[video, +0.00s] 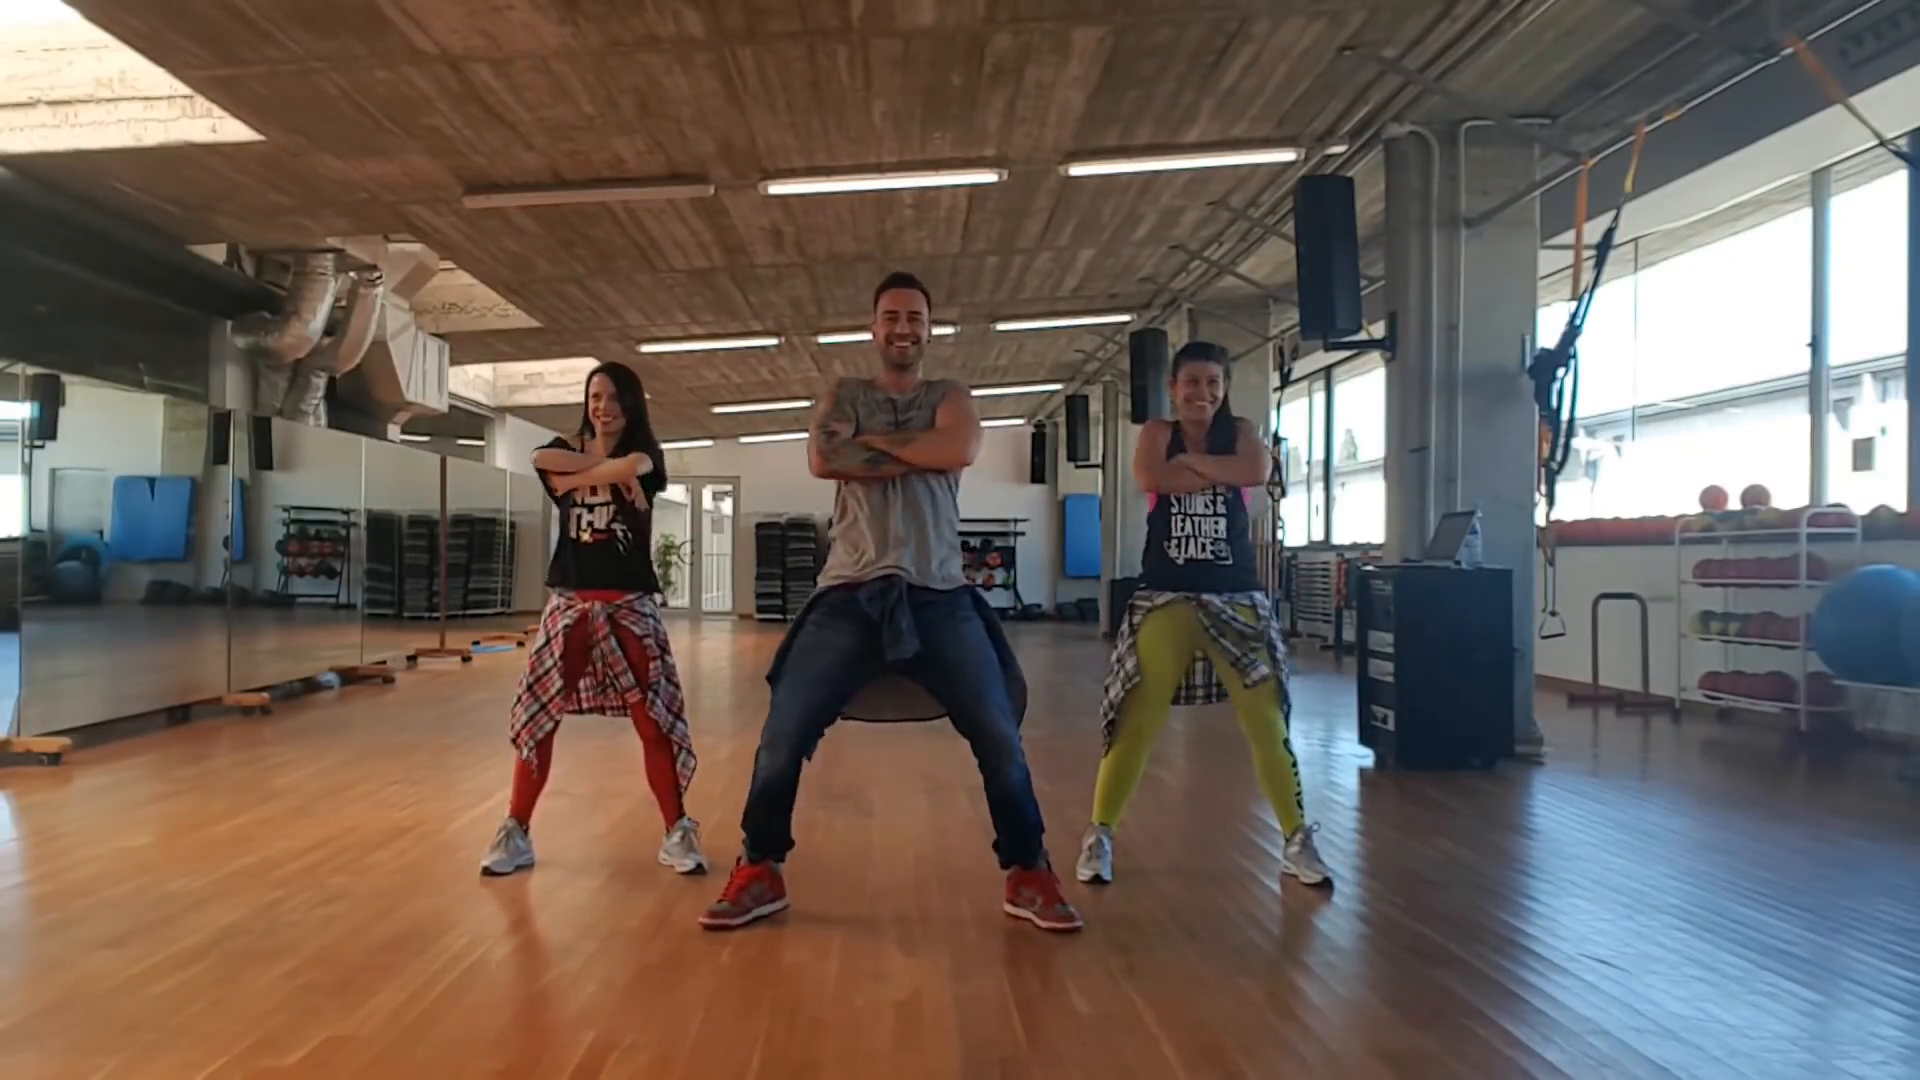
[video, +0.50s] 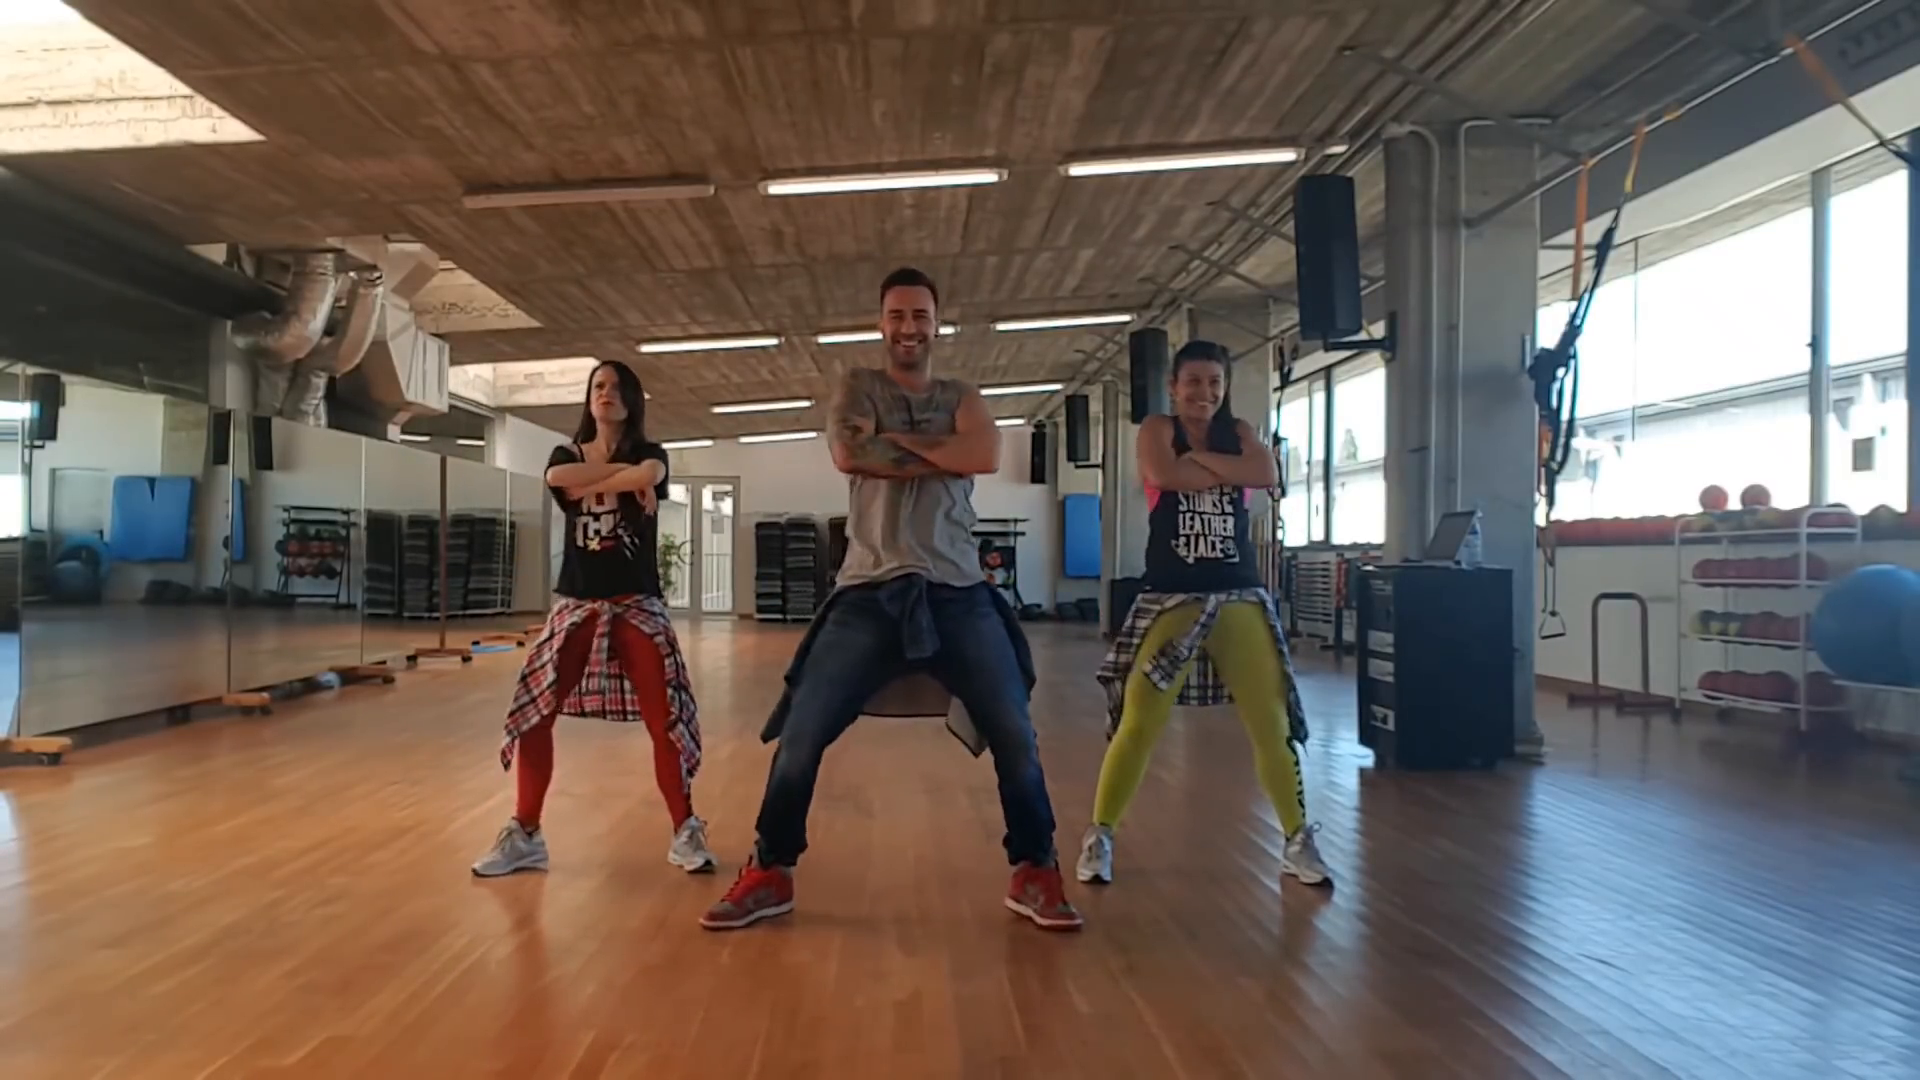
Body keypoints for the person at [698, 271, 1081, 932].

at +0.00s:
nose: (902, 327)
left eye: (914, 317)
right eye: (891, 316)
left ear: (930, 329)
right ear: (873, 327)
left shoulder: (948, 395)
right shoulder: (843, 394)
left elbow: (960, 450)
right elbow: (820, 461)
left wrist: (864, 439)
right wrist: (916, 456)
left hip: (938, 593)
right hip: (848, 590)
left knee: (997, 731)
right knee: (782, 729)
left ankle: (1028, 874)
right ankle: (760, 871)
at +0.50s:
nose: (908, 326)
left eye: (919, 315)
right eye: (897, 316)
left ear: (937, 324)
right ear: (881, 326)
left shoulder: (961, 397)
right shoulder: (858, 390)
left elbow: (983, 456)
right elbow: (848, 458)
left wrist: (892, 443)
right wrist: (943, 459)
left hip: (958, 590)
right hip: (868, 589)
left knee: (1012, 729)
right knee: (802, 727)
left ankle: (1035, 873)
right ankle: (771, 873)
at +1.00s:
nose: (881, 370)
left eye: (893, 357)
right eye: (871, 358)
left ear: (913, 343)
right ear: (856, 346)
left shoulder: (941, 392)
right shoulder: (835, 401)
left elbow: (933, 448)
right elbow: (804, 470)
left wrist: (842, 444)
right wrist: (900, 458)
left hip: (927, 591)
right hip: (838, 590)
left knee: (987, 728)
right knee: (777, 728)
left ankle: (1020, 875)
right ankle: (759, 869)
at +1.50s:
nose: (918, 330)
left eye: (930, 319)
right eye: (908, 319)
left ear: (948, 328)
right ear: (890, 327)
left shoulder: (970, 400)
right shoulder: (870, 392)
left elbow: (998, 459)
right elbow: (867, 458)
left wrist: (904, 439)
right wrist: (960, 459)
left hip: (963, 594)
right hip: (872, 593)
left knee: (1020, 734)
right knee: (809, 733)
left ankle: (1034, 873)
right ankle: (777, 874)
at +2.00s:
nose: (880, 319)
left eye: (892, 309)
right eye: (869, 309)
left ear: (910, 324)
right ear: (850, 323)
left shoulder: (932, 388)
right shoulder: (827, 397)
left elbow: (926, 454)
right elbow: (796, 473)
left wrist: (838, 446)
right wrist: (889, 463)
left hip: (921, 595)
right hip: (832, 593)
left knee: (985, 730)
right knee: (766, 731)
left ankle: (1013, 876)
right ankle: (755, 869)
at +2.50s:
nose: (924, 319)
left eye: (935, 310)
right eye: (913, 310)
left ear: (951, 323)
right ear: (894, 322)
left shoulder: (975, 398)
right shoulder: (871, 385)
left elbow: (1004, 463)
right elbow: (870, 462)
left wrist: (910, 443)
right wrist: (966, 466)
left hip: (970, 591)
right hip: (882, 592)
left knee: (1021, 728)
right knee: (822, 727)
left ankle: (1036, 873)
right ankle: (784, 875)